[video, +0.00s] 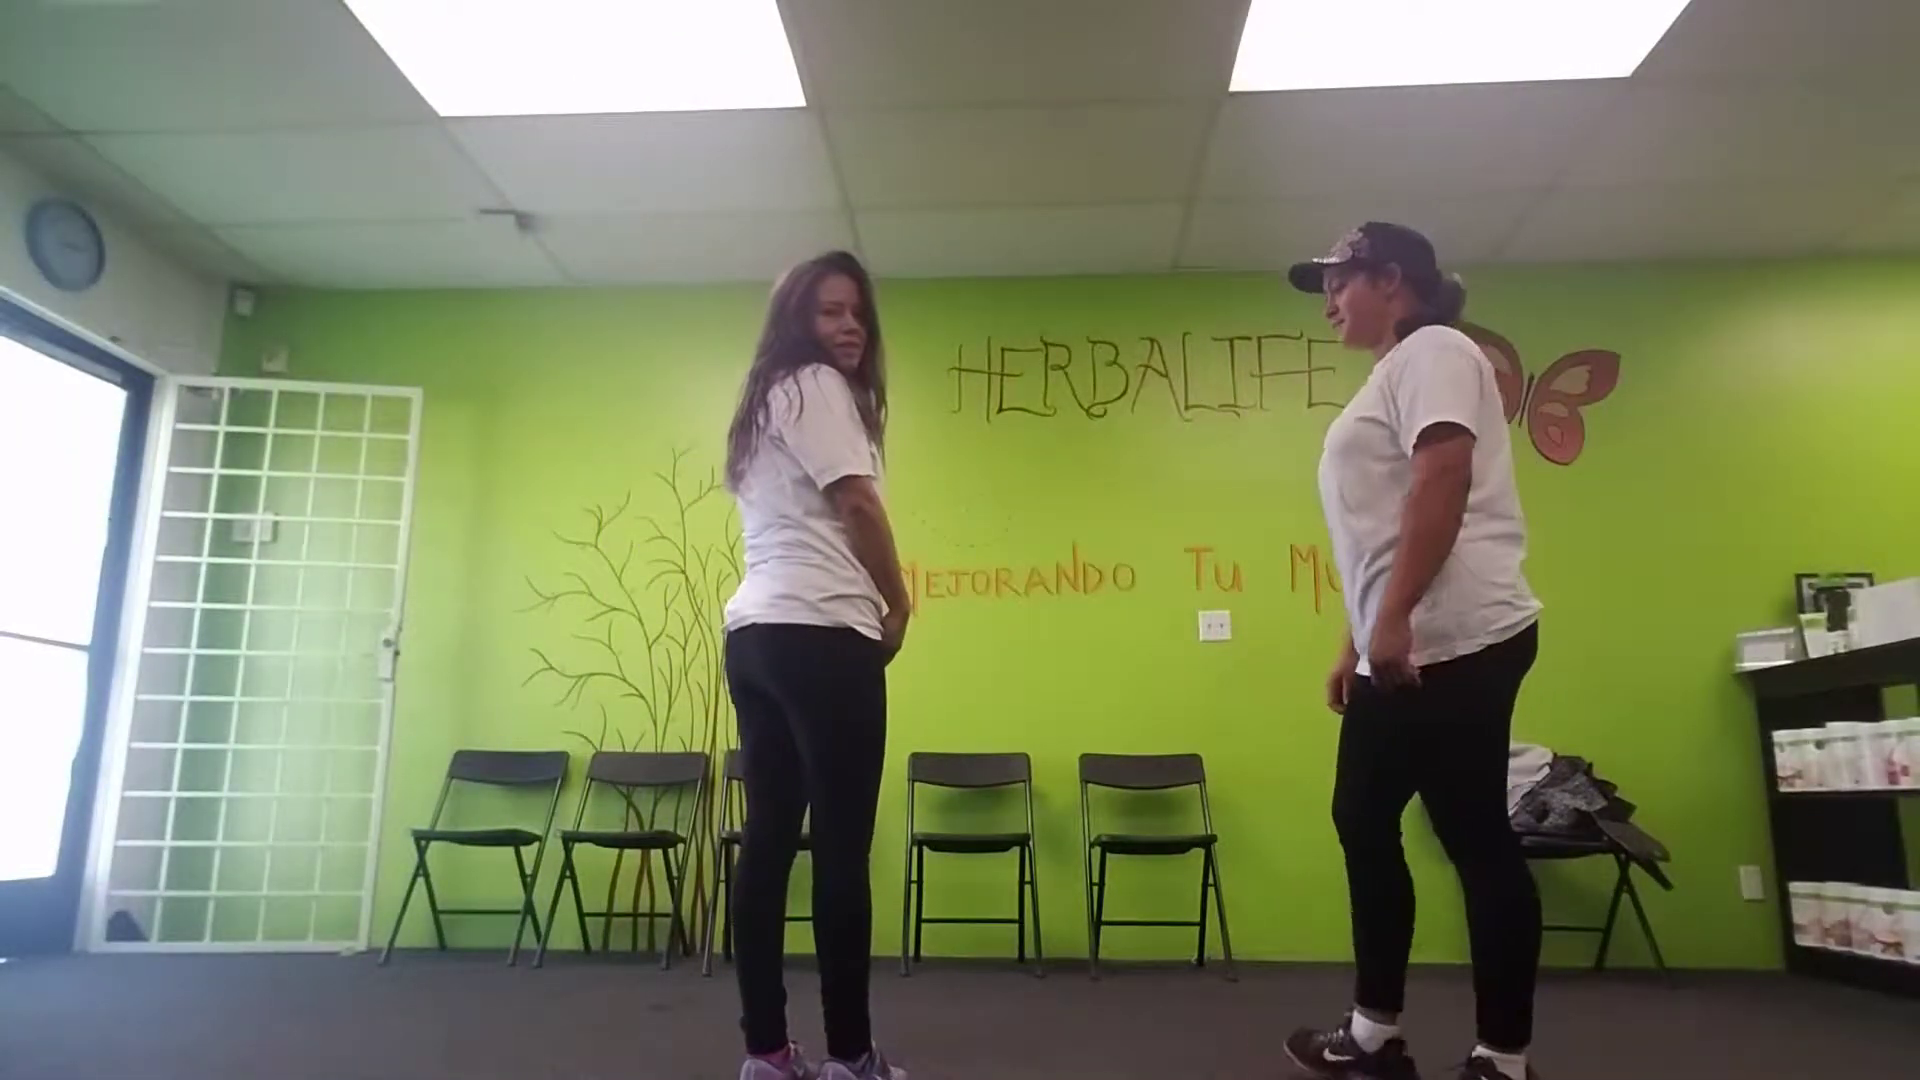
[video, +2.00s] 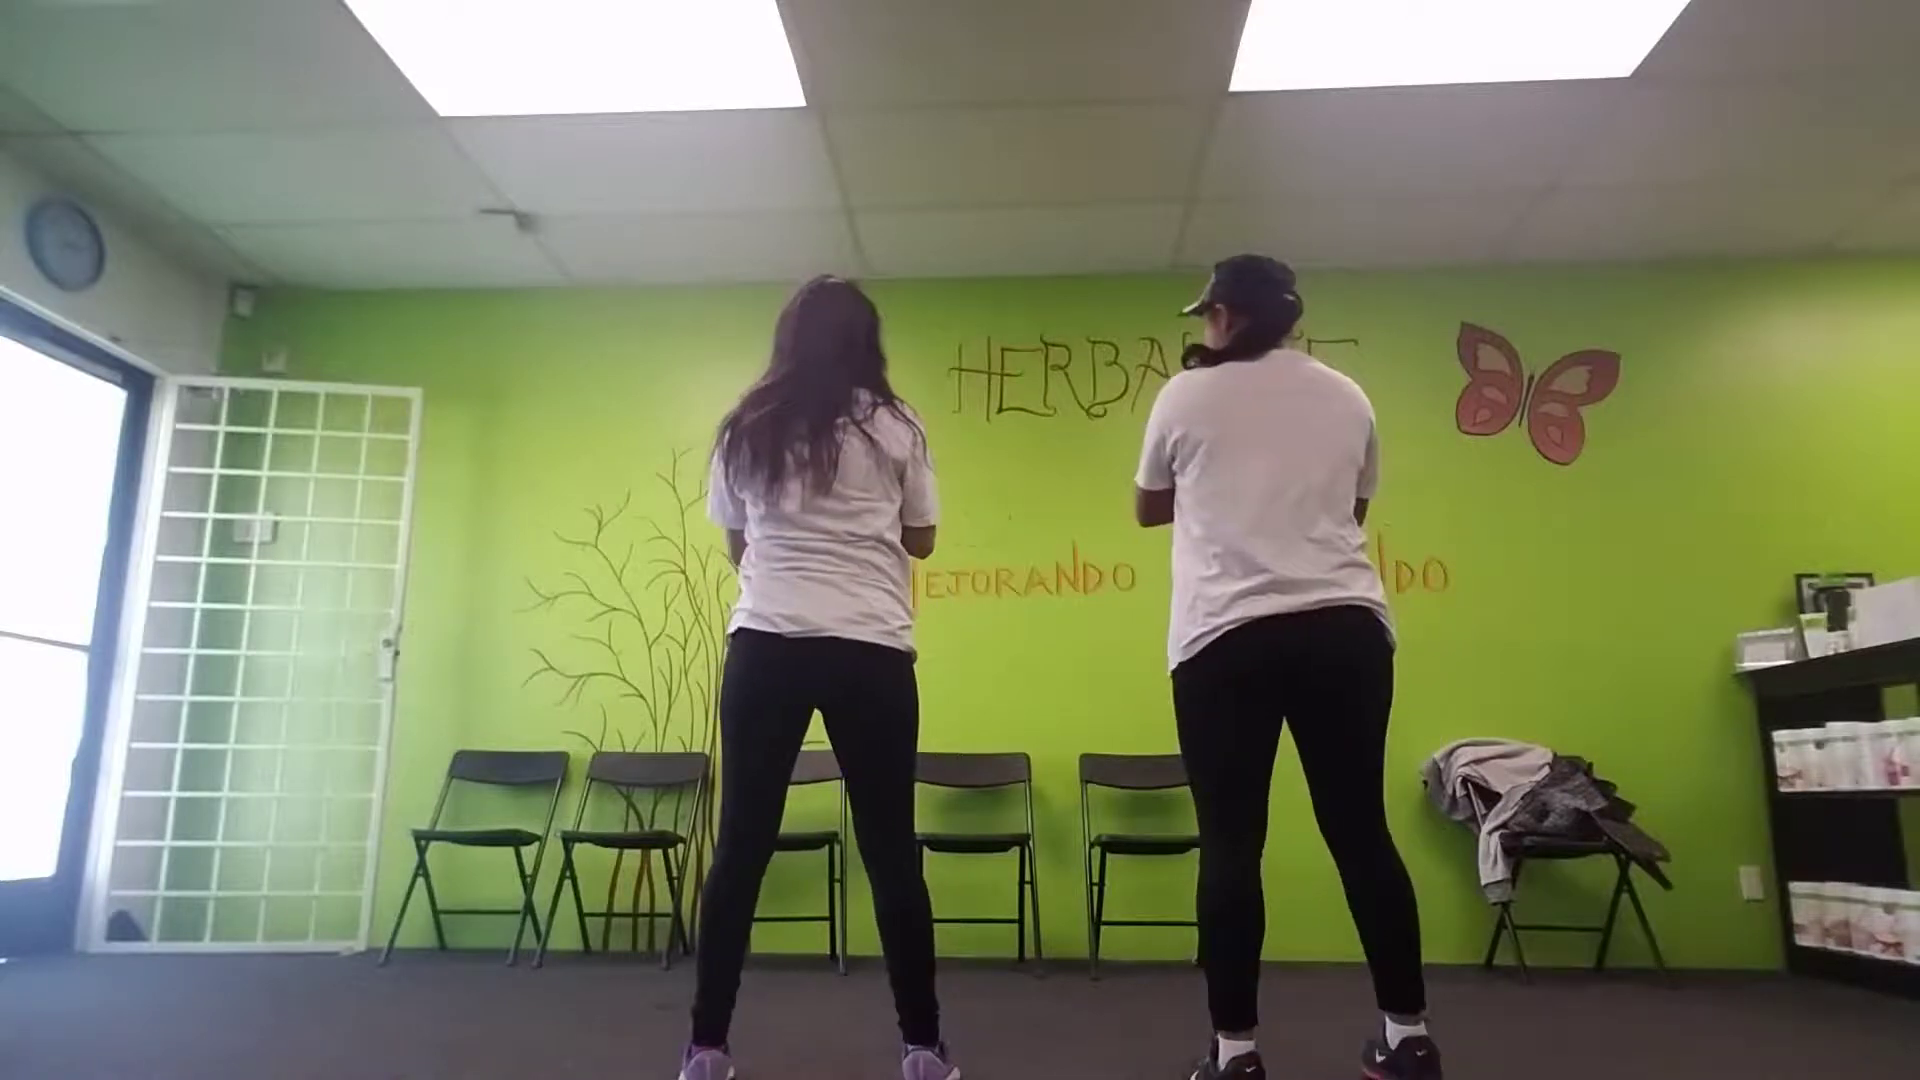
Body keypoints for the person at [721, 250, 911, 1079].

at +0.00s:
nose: (847, 325)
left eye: (855, 312)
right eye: (829, 312)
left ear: (866, 322)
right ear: (796, 320)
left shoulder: (767, 395)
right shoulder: (818, 386)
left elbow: (778, 525)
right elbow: (856, 504)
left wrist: (865, 601)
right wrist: (899, 598)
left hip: (756, 633)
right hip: (821, 631)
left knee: (767, 840)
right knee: (843, 848)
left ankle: (765, 1051)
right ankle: (850, 1056)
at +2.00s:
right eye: (866, 337)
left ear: (786, 340)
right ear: (870, 346)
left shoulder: (748, 423)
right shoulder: (897, 423)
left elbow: (737, 549)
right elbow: (919, 540)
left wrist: (812, 528)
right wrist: (852, 502)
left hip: (766, 648)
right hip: (871, 652)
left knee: (741, 846)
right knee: (893, 854)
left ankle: (706, 1050)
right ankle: (924, 1052)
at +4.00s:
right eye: (888, 491)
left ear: (805, 491)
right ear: (885, 499)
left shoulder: (764, 557)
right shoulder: (904, 562)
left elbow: (751, 643)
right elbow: (959, 660)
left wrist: (816, 636)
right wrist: (891, 620)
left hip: (754, 715)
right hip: (869, 721)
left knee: (719, 866)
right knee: (935, 867)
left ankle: (698, 1048)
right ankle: (935, 1049)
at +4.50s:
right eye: (884, 323)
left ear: (803, 334)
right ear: (887, 337)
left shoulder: (762, 412)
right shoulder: (919, 412)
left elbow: (726, 520)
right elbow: (953, 519)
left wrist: (778, 571)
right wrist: (902, 575)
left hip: (786, 644)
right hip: (890, 646)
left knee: (750, 847)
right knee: (906, 851)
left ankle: (701, 1050)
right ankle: (934, 1051)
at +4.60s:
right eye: (883, 327)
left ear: (802, 337)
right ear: (886, 340)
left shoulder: (760, 415)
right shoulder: (917, 415)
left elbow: (721, 523)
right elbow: (954, 520)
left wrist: (765, 576)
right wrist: (911, 583)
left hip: (785, 647)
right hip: (889, 648)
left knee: (748, 847)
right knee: (906, 852)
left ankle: (699, 1050)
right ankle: (936, 1051)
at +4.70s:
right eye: (882, 328)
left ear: (803, 336)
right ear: (886, 340)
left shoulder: (759, 413)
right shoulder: (917, 415)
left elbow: (720, 519)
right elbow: (954, 518)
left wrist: (763, 577)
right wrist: (917, 584)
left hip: (781, 649)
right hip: (886, 650)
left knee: (745, 847)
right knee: (904, 852)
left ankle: (697, 1051)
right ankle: (936, 1052)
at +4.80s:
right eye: (881, 328)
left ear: (802, 337)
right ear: (886, 341)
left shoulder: (760, 413)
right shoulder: (917, 416)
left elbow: (720, 520)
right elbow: (955, 518)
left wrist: (767, 566)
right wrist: (913, 575)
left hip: (779, 646)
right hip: (884, 648)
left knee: (744, 846)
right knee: (904, 852)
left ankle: (697, 1051)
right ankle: (936, 1051)